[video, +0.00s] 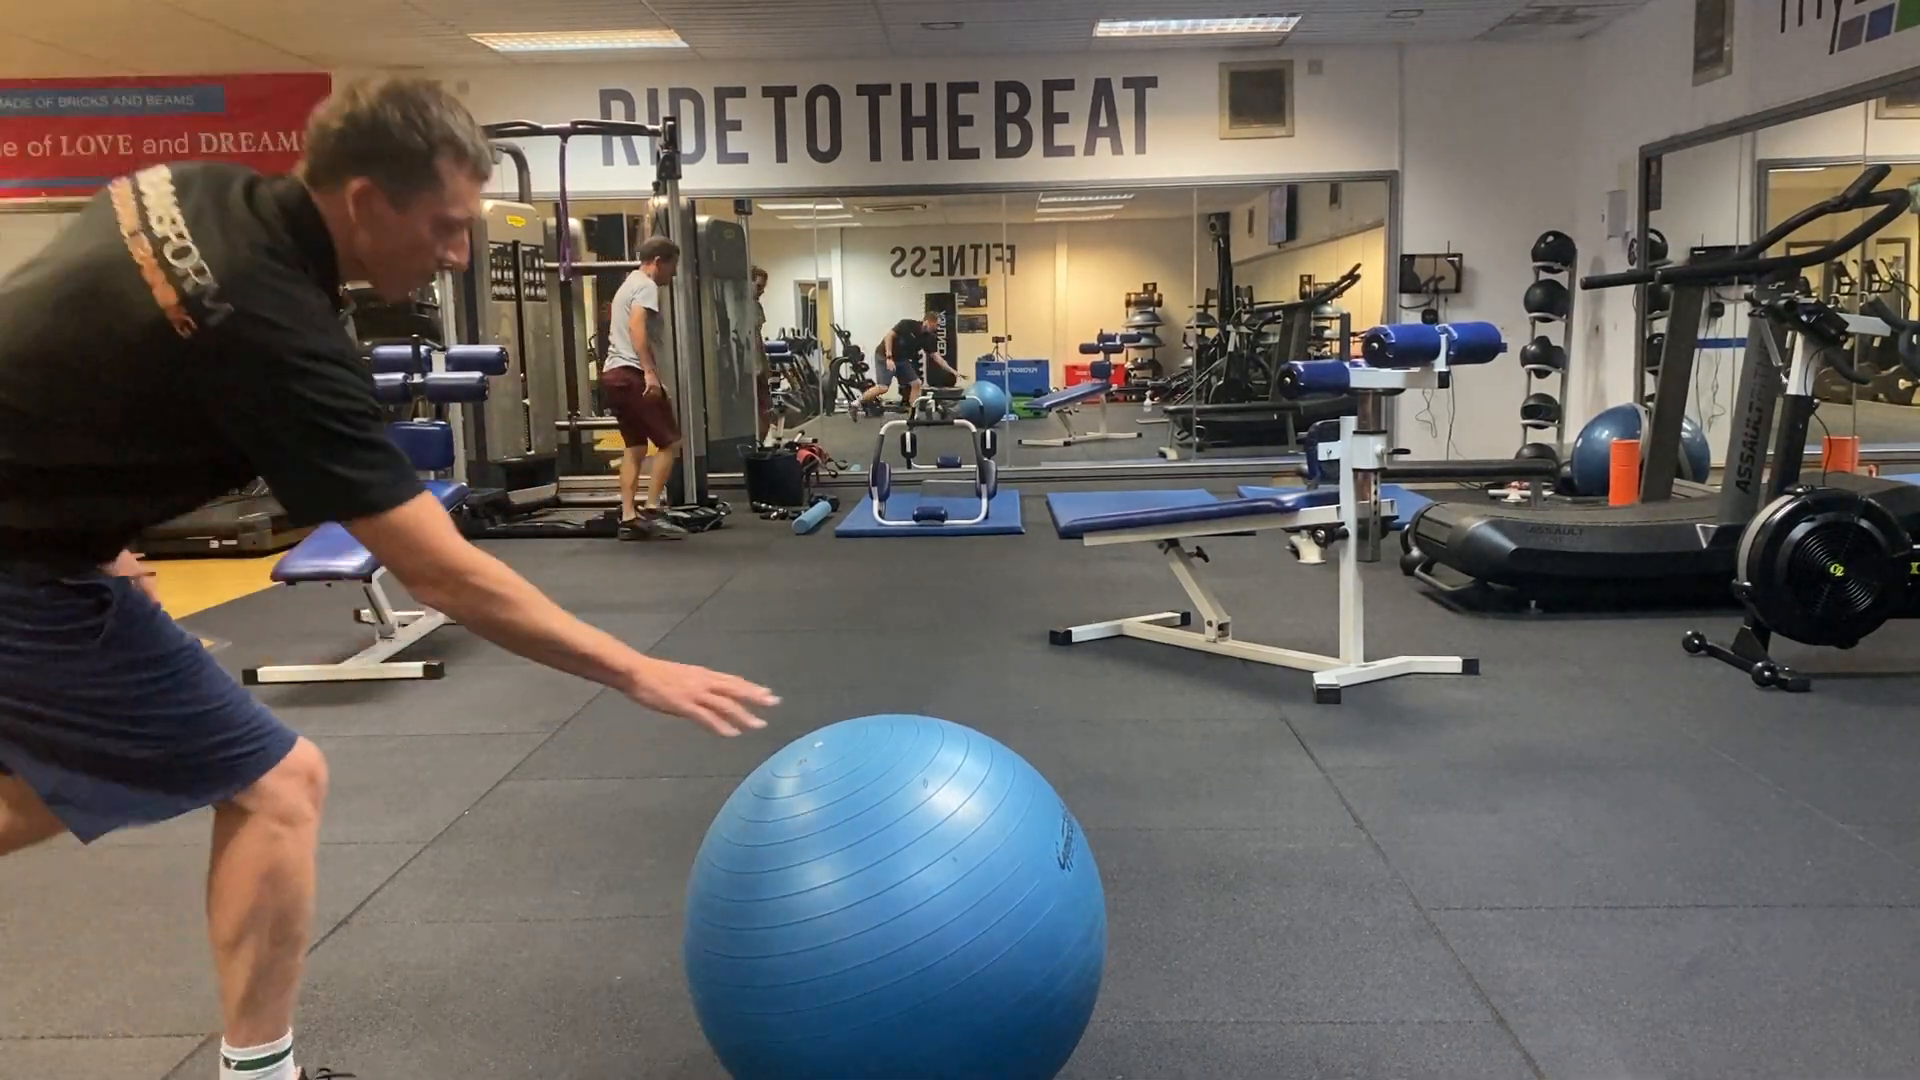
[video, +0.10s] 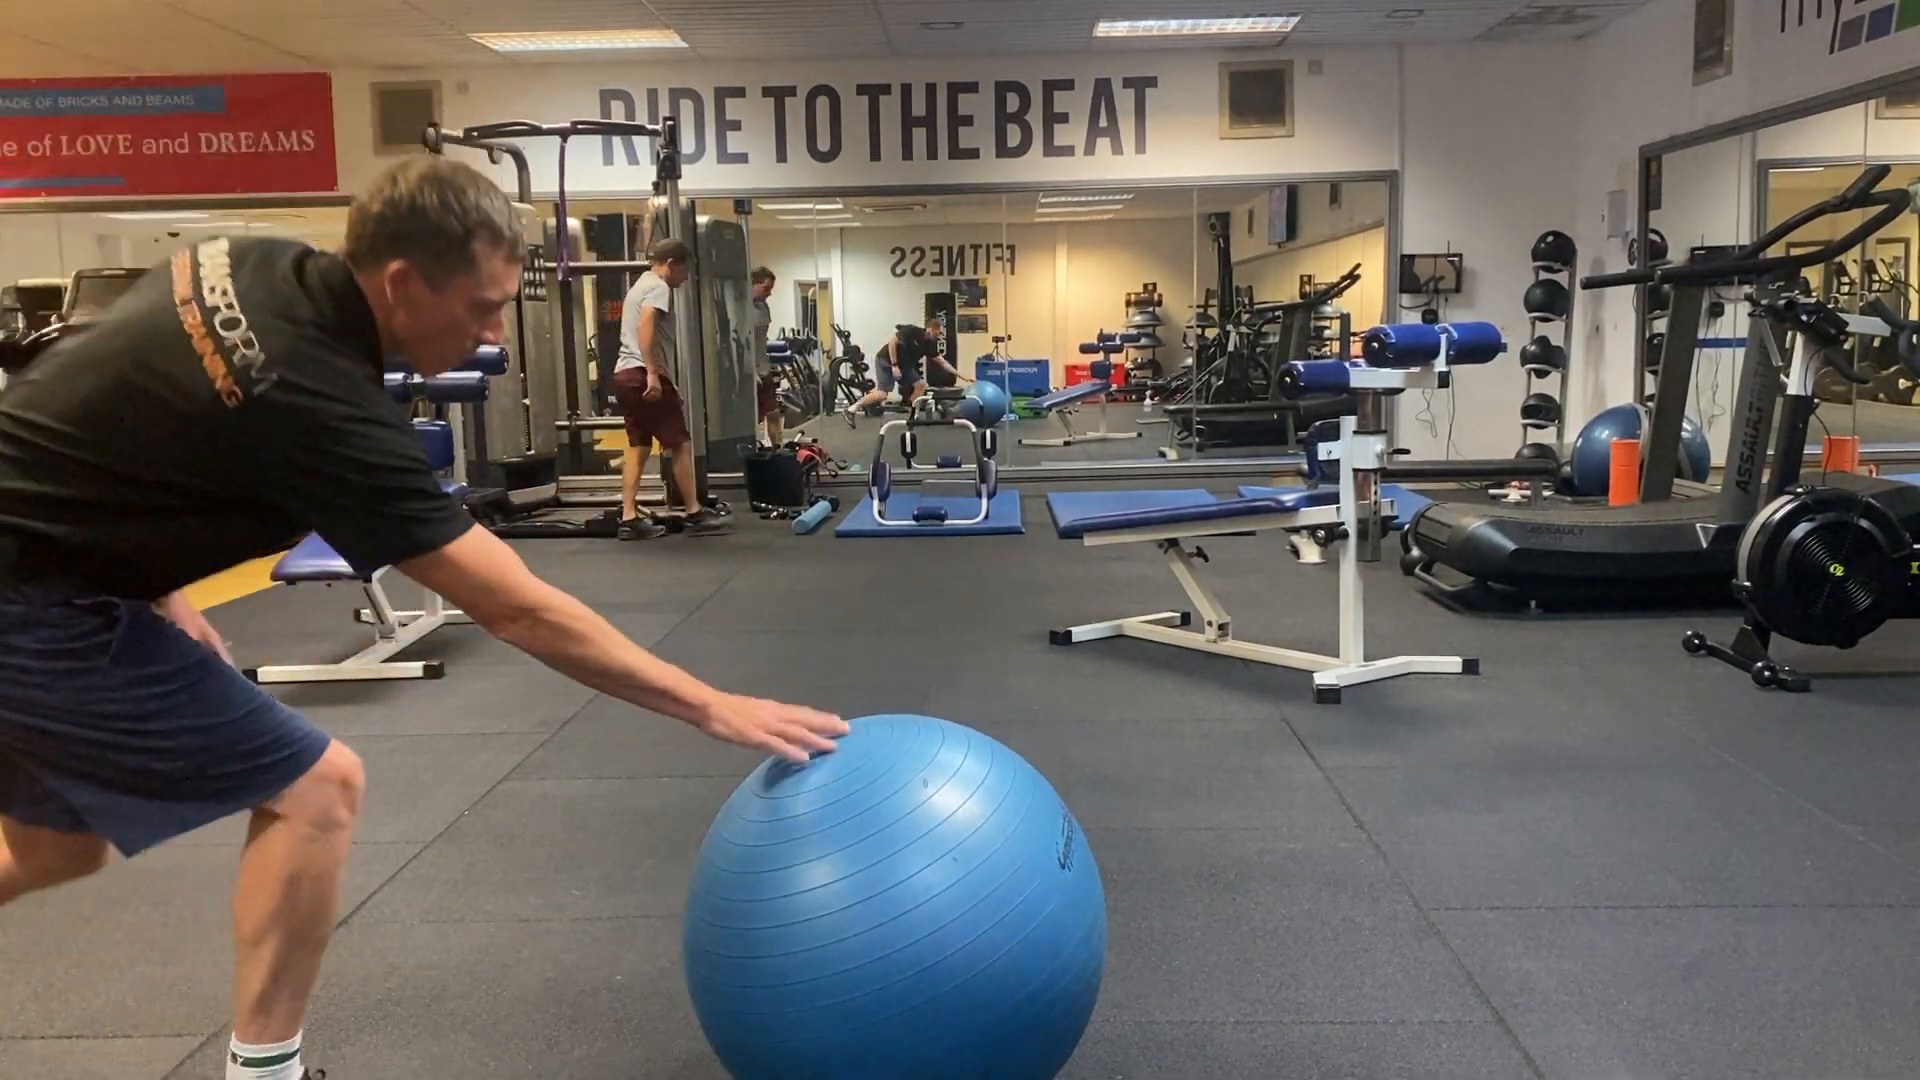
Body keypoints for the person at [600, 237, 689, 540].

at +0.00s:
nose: (673, 274)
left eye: (674, 268)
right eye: (672, 267)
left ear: (649, 262)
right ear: (656, 262)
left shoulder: (629, 282)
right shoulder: (645, 285)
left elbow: (624, 331)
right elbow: (636, 328)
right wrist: (650, 372)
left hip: (612, 374)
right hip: (630, 374)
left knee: (635, 446)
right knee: (670, 442)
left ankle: (628, 516)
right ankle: (651, 507)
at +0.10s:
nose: (685, 277)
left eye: (687, 272)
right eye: (684, 270)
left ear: (661, 264)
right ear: (669, 264)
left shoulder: (641, 284)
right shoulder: (658, 286)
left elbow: (634, 332)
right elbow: (645, 326)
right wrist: (652, 373)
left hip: (625, 374)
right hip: (644, 374)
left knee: (638, 447)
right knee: (681, 444)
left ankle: (628, 516)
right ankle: (694, 511)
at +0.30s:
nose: (712, 284)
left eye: (713, 278)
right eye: (711, 277)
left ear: (688, 269)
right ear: (698, 270)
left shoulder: (664, 294)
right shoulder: (690, 292)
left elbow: (654, 336)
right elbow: (673, 327)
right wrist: (673, 374)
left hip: (652, 379)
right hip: (679, 380)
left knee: (656, 450)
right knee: (705, 450)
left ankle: (631, 514)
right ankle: (722, 511)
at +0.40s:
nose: (726, 281)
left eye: (728, 276)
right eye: (727, 275)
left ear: (702, 266)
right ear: (716, 268)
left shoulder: (676, 293)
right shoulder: (708, 290)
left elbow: (672, 333)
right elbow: (694, 328)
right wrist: (696, 375)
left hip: (667, 378)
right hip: (694, 375)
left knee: (681, 448)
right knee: (716, 447)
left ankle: (643, 501)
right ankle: (724, 511)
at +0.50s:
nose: (736, 277)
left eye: (737, 272)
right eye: (737, 271)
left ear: (712, 264)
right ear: (727, 266)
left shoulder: (685, 292)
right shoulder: (723, 291)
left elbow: (675, 339)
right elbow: (718, 332)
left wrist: (685, 370)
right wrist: (726, 374)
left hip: (681, 372)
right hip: (707, 370)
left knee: (703, 442)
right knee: (721, 444)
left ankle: (667, 475)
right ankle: (724, 511)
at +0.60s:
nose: (746, 276)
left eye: (747, 270)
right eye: (747, 270)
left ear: (721, 263)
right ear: (737, 264)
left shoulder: (692, 292)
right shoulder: (736, 289)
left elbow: (681, 336)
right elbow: (740, 336)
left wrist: (688, 366)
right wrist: (757, 374)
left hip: (690, 371)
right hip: (718, 368)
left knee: (724, 431)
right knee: (727, 442)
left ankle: (690, 463)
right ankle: (724, 509)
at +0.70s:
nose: (755, 275)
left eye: (756, 270)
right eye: (755, 270)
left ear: (729, 262)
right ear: (745, 264)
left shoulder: (699, 292)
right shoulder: (746, 289)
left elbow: (687, 338)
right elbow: (760, 334)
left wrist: (698, 373)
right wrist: (781, 370)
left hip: (702, 372)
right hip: (730, 369)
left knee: (742, 425)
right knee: (731, 443)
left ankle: (715, 473)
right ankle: (725, 510)